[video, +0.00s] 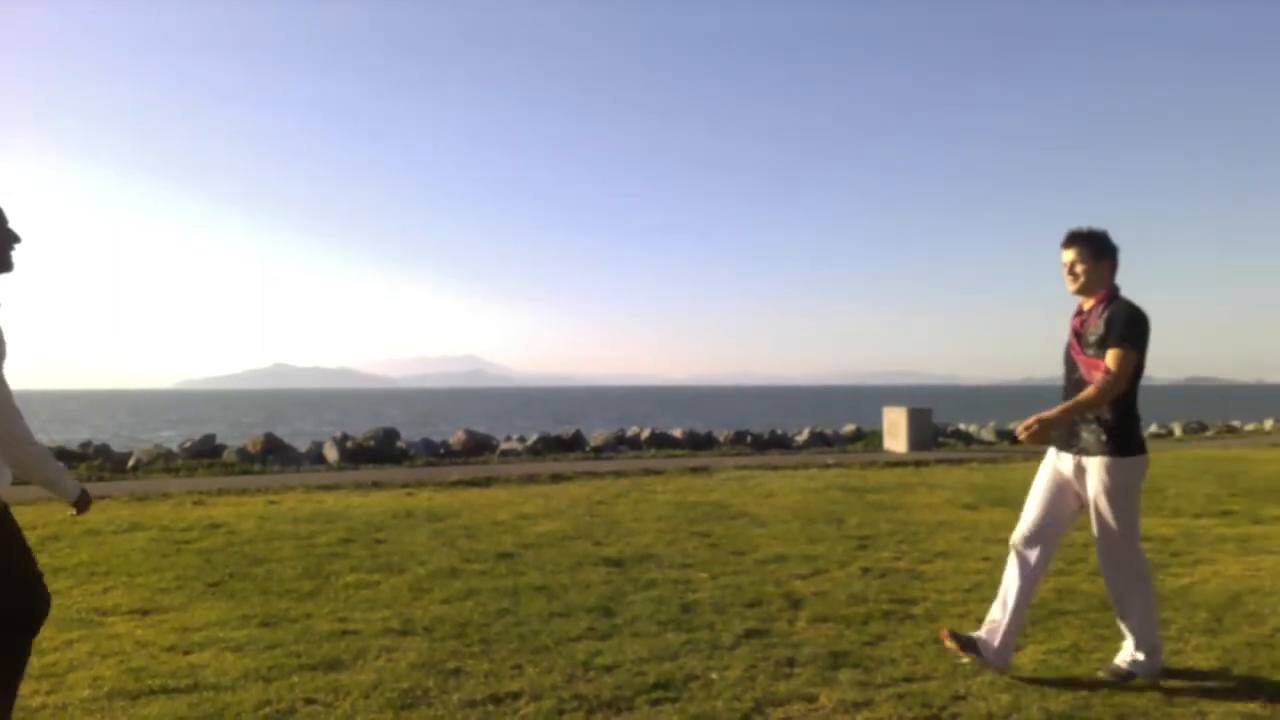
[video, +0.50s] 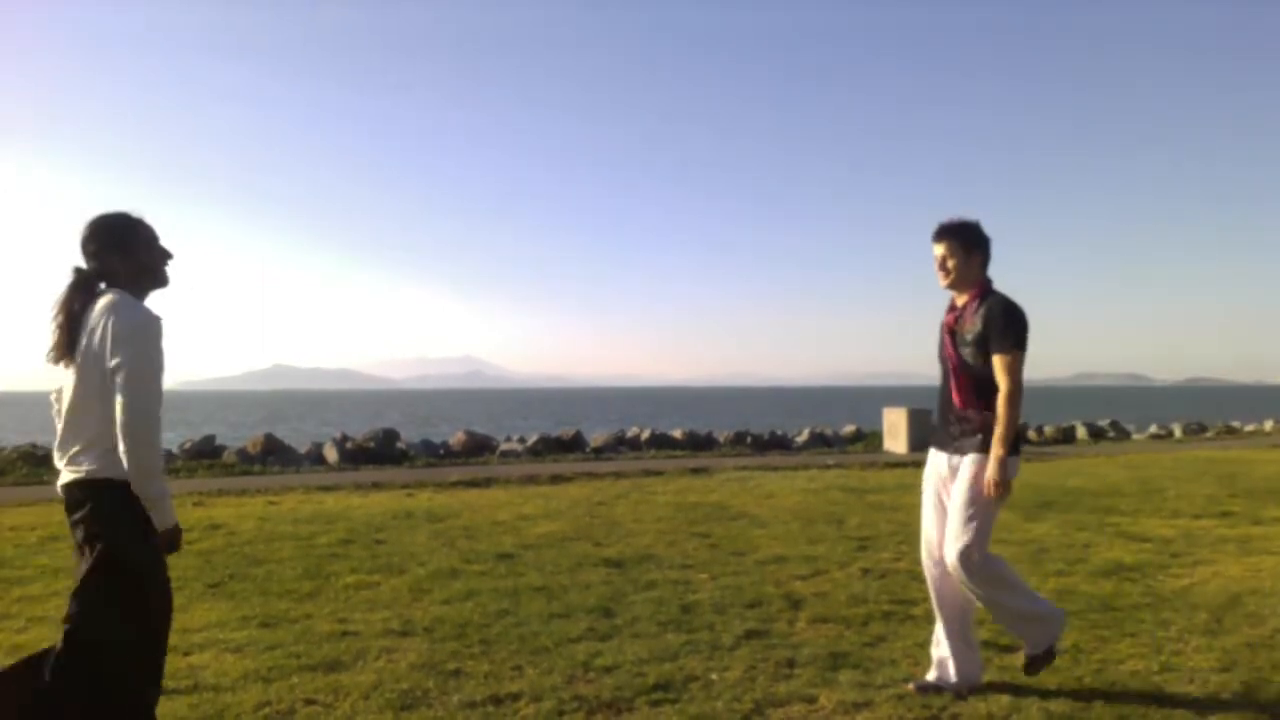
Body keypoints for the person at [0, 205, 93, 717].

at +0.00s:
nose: (12, 246)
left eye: (9, 235)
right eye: (6, 234)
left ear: (3, 243)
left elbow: (8, 420)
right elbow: (7, 422)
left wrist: (65, 484)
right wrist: (67, 486)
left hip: (2, 501)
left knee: (25, 599)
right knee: (26, 599)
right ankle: (5, 703)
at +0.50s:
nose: (167, 254)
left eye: (159, 244)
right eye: (153, 245)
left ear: (110, 260)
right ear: (119, 257)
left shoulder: (91, 313)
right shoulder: (131, 315)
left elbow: (72, 419)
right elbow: (136, 426)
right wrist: (164, 515)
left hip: (85, 491)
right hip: (113, 492)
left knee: (147, 614)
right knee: (110, 630)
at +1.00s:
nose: (253, 271)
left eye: (246, 262)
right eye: (239, 263)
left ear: (214, 276)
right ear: (205, 275)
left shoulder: (231, 334)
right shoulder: (185, 337)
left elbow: (231, 411)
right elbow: (142, 450)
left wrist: (259, 475)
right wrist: (173, 532)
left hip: (206, 494)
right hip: (182, 497)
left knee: (185, 641)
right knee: (263, 619)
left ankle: (163, 711)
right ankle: (288, 711)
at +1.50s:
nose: (332, 276)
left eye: (326, 266)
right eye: (318, 267)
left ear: (293, 280)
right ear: (285, 280)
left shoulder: (332, 341)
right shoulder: (245, 349)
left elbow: (339, 421)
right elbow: (198, 446)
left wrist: (357, 487)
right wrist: (210, 527)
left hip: (295, 504)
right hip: (253, 502)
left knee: (249, 643)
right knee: (324, 616)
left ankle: (182, 713)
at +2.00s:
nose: (408, 276)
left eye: (403, 266)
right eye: (395, 264)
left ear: (370, 274)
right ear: (362, 270)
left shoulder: (380, 346)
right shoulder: (324, 314)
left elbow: (351, 421)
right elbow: (265, 400)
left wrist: (363, 486)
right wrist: (297, 488)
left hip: (366, 509)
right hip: (320, 507)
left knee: (402, 605)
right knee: (331, 636)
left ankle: (387, 711)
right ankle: (326, 712)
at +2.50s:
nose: (450, 274)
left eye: (446, 265)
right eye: (438, 265)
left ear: (397, 277)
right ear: (404, 272)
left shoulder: (381, 324)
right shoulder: (408, 317)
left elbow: (341, 408)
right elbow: (432, 379)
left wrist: (343, 479)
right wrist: (502, 325)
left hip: (365, 488)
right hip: (392, 492)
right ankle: (428, 707)